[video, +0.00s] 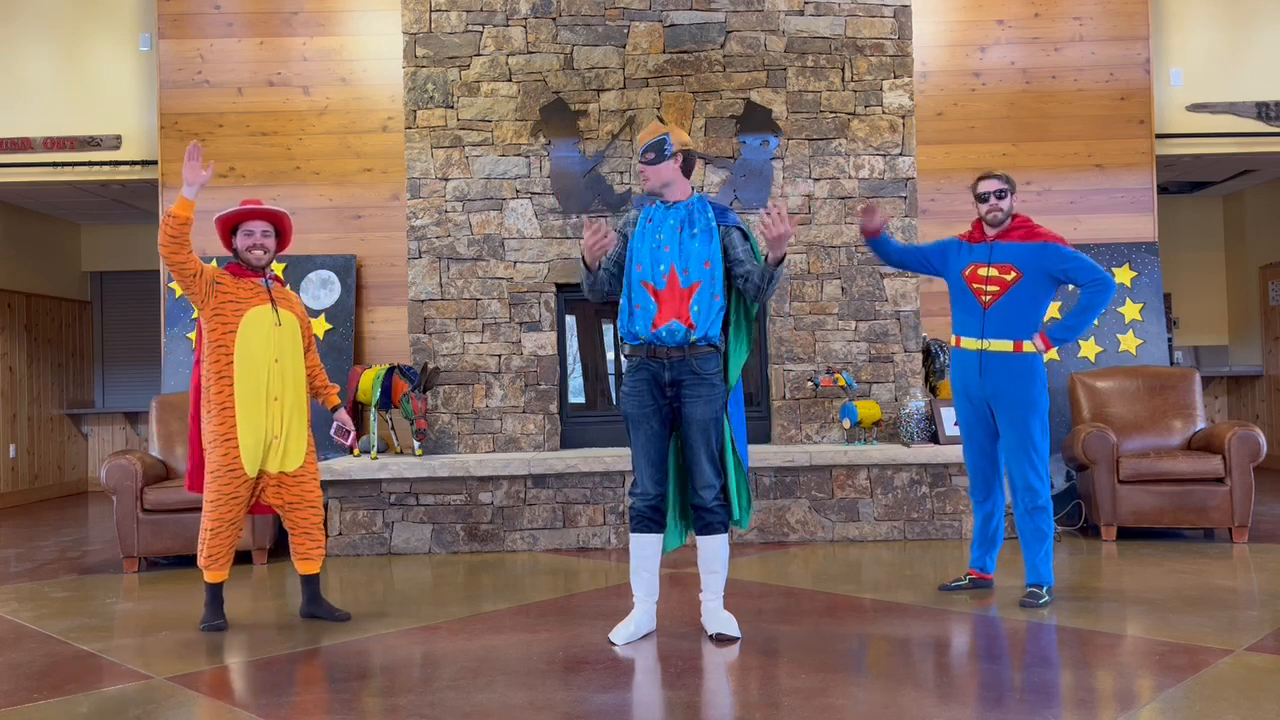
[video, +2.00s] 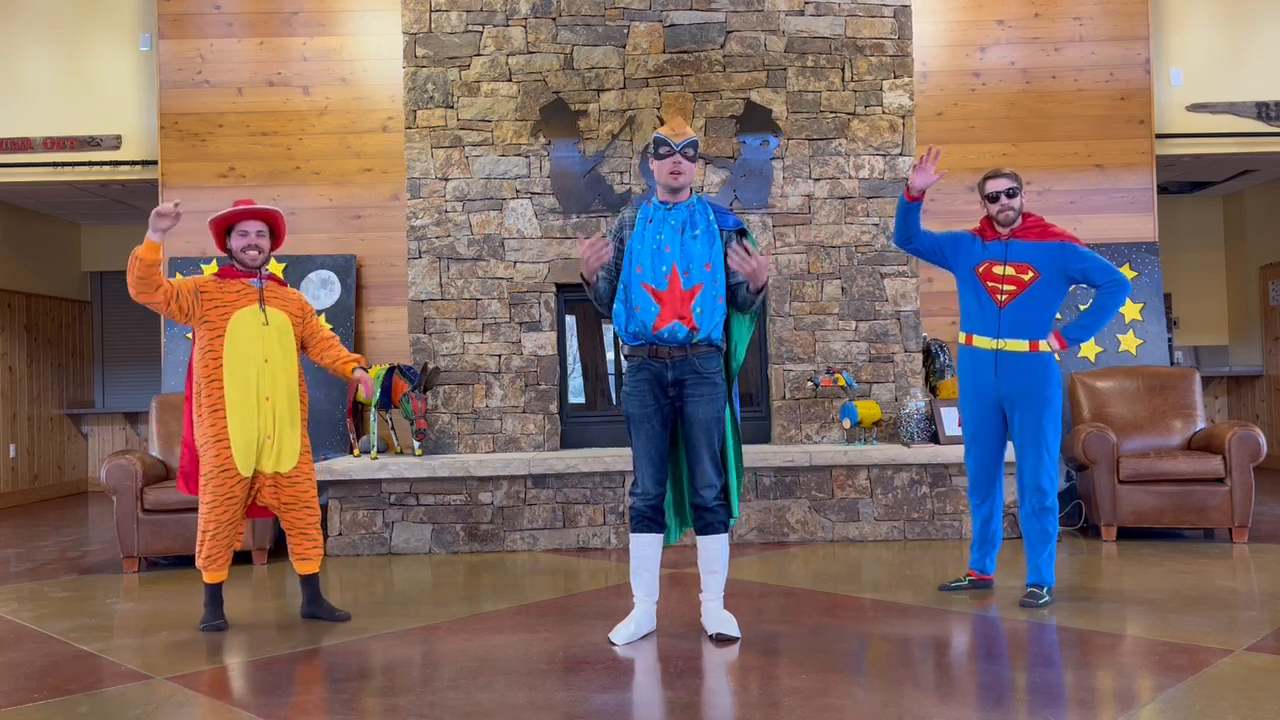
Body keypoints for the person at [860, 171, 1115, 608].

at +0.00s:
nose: (992, 203)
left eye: (1000, 195)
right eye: (984, 197)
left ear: (1014, 199)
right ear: (975, 205)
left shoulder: (1041, 247)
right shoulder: (955, 250)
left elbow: (1101, 284)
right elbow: (904, 256)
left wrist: (1054, 336)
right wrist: (875, 236)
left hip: (1019, 376)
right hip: (968, 376)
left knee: (1028, 481)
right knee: (981, 479)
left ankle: (1039, 580)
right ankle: (981, 572)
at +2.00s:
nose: (1004, 203)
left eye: (1010, 195)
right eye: (994, 198)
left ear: (1023, 197)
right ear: (984, 205)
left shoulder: (1056, 248)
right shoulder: (964, 247)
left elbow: (1116, 283)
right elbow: (908, 238)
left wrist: (1067, 336)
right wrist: (913, 195)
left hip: (1033, 371)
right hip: (977, 371)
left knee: (1037, 478)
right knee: (981, 476)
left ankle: (1040, 581)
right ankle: (981, 572)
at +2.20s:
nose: (1007, 202)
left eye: (1014, 193)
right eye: (997, 196)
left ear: (1027, 195)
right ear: (987, 203)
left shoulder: (1059, 246)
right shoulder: (970, 245)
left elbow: (1120, 285)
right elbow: (918, 257)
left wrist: (1072, 336)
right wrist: (908, 240)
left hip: (1035, 375)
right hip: (979, 375)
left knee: (1038, 480)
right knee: (983, 479)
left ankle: (1040, 581)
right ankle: (981, 572)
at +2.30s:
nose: (1010, 200)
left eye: (1017, 192)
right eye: (1000, 195)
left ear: (1031, 196)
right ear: (990, 202)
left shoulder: (1062, 246)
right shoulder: (976, 245)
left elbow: (1122, 285)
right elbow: (927, 269)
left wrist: (1072, 336)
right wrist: (916, 283)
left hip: (1036, 375)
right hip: (980, 374)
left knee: (1038, 482)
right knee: (983, 478)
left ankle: (1040, 581)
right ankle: (981, 572)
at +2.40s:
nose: (1016, 199)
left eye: (1024, 191)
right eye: (1007, 192)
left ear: (1035, 197)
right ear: (994, 200)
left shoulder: (1065, 247)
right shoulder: (975, 249)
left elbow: (1124, 286)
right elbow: (927, 296)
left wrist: (1075, 338)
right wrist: (939, 346)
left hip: (1039, 380)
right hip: (983, 379)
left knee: (1039, 485)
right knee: (984, 481)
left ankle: (1040, 582)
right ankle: (981, 572)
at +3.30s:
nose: (978, 203)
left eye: (984, 195)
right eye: (968, 198)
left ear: (998, 200)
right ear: (960, 209)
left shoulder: (1030, 253)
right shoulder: (952, 263)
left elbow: (1069, 313)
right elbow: (939, 329)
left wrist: (1085, 377)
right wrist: (923, 389)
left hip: (1020, 387)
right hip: (969, 388)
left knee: (1028, 484)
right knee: (984, 484)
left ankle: (1039, 582)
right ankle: (982, 572)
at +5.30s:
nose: (996, 201)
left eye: (1004, 194)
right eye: (988, 194)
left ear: (1016, 201)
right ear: (977, 201)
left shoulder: (1040, 253)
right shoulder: (959, 256)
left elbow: (1059, 324)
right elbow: (947, 326)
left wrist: (1068, 384)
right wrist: (937, 384)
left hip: (1027, 389)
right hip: (973, 391)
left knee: (1032, 486)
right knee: (985, 484)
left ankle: (1040, 581)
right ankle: (982, 571)